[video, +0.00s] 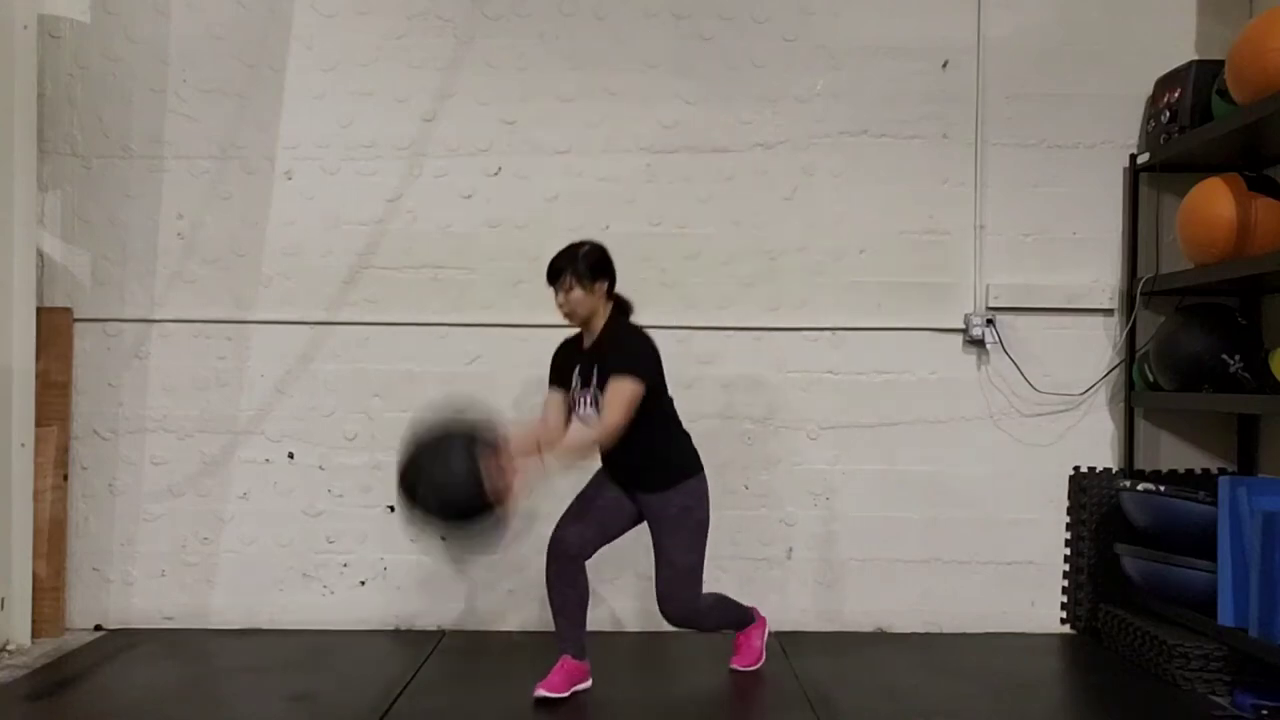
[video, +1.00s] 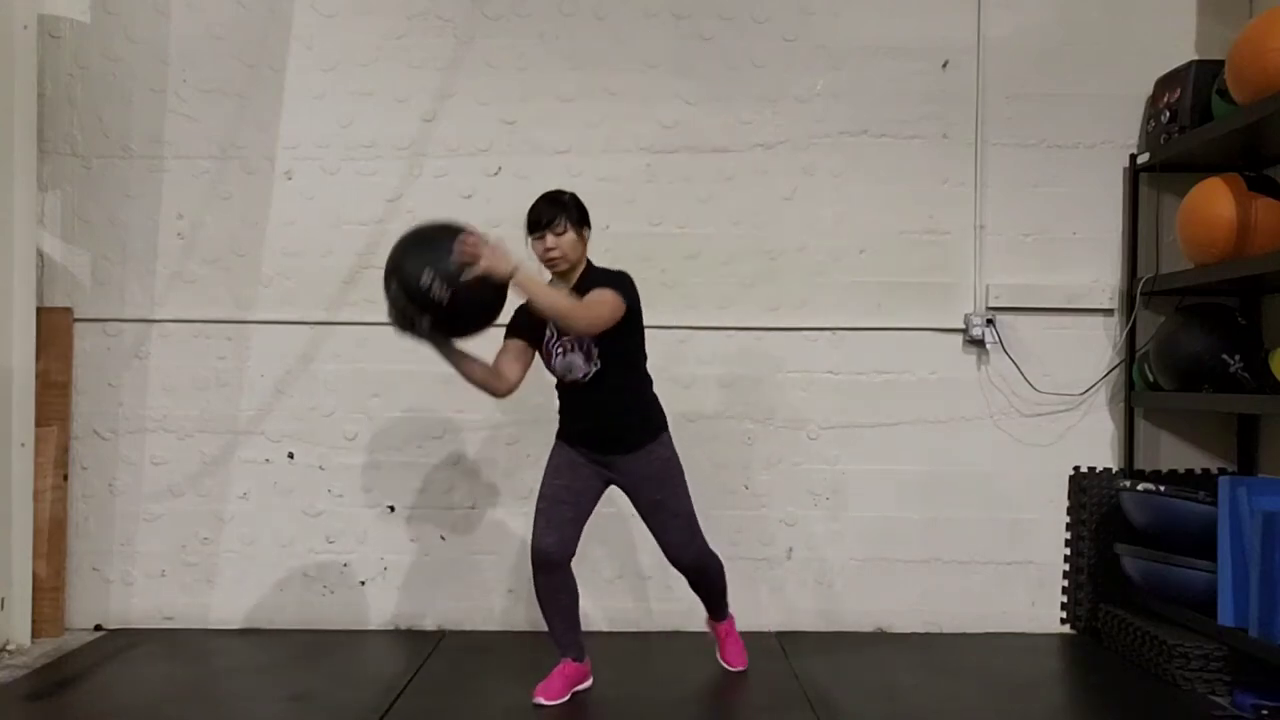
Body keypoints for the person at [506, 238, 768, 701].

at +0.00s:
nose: (562, 300)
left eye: (571, 289)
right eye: (557, 290)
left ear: (602, 288)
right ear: (557, 293)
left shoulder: (633, 348)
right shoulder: (569, 354)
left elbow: (607, 429)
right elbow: (551, 429)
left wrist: (541, 459)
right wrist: (507, 451)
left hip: (675, 486)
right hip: (622, 482)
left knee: (679, 606)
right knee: (564, 549)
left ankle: (750, 622)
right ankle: (574, 661)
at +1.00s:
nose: (548, 245)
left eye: (559, 232)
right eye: (538, 237)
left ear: (584, 235)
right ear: (532, 245)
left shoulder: (615, 286)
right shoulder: (534, 309)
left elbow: (583, 318)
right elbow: (501, 381)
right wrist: (440, 339)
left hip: (641, 445)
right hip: (577, 449)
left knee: (689, 554)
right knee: (548, 552)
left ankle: (722, 621)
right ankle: (574, 661)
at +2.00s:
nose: (702, 254)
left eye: (701, 245)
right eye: (700, 245)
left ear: (653, 239)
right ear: (687, 242)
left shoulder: (620, 286)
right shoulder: (685, 287)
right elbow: (759, 294)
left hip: (595, 446)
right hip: (632, 451)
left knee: (678, 532)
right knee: (626, 582)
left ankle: (673, 650)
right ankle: (522, 660)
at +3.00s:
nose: (697, 242)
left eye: (697, 234)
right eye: (695, 233)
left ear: (653, 233)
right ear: (674, 230)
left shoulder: (640, 282)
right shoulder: (678, 278)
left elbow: (685, 360)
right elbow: (749, 325)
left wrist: (726, 301)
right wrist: (774, 290)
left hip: (626, 433)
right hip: (638, 435)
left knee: (691, 535)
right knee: (631, 561)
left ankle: (671, 650)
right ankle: (529, 651)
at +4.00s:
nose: (562, 237)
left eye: (570, 227)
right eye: (557, 229)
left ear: (599, 226)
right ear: (558, 235)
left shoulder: (634, 276)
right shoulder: (568, 281)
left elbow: (594, 242)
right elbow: (506, 260)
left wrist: (585, 157)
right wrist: (499, 188)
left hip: (655, 446)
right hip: (599, 446)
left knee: (680, 560)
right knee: (548, 540)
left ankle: (743, 627)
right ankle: (548, 657)